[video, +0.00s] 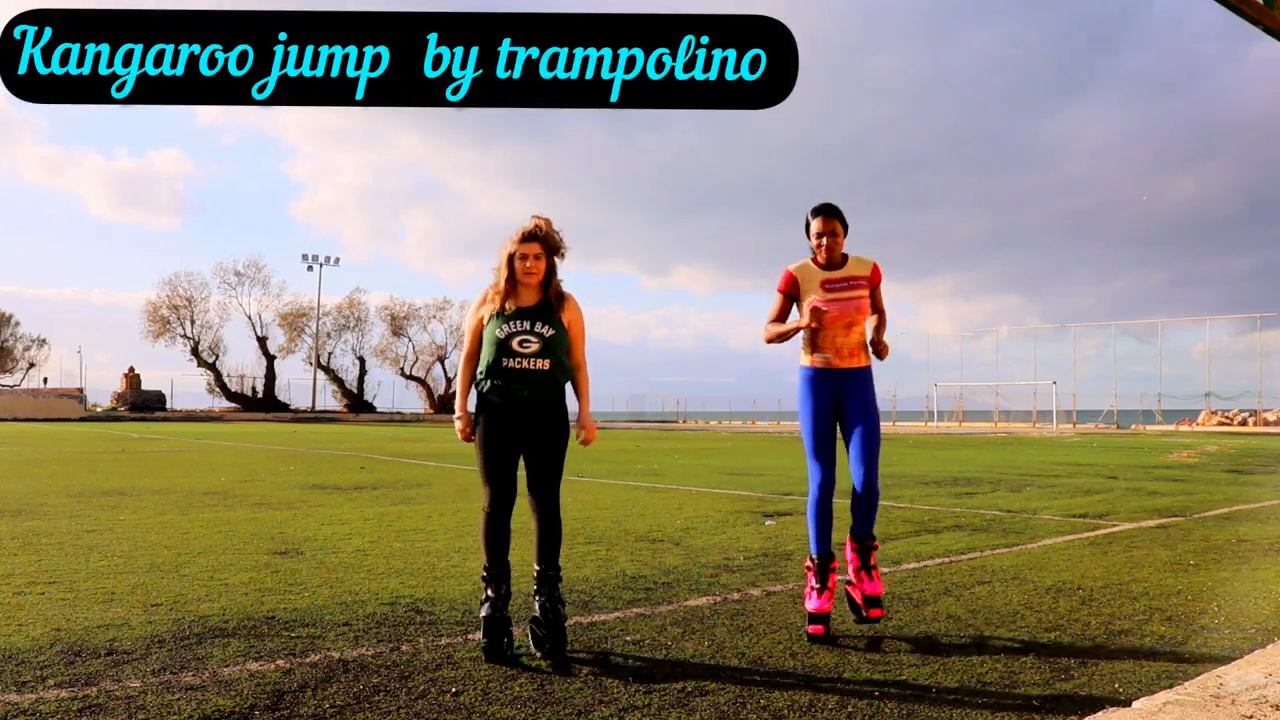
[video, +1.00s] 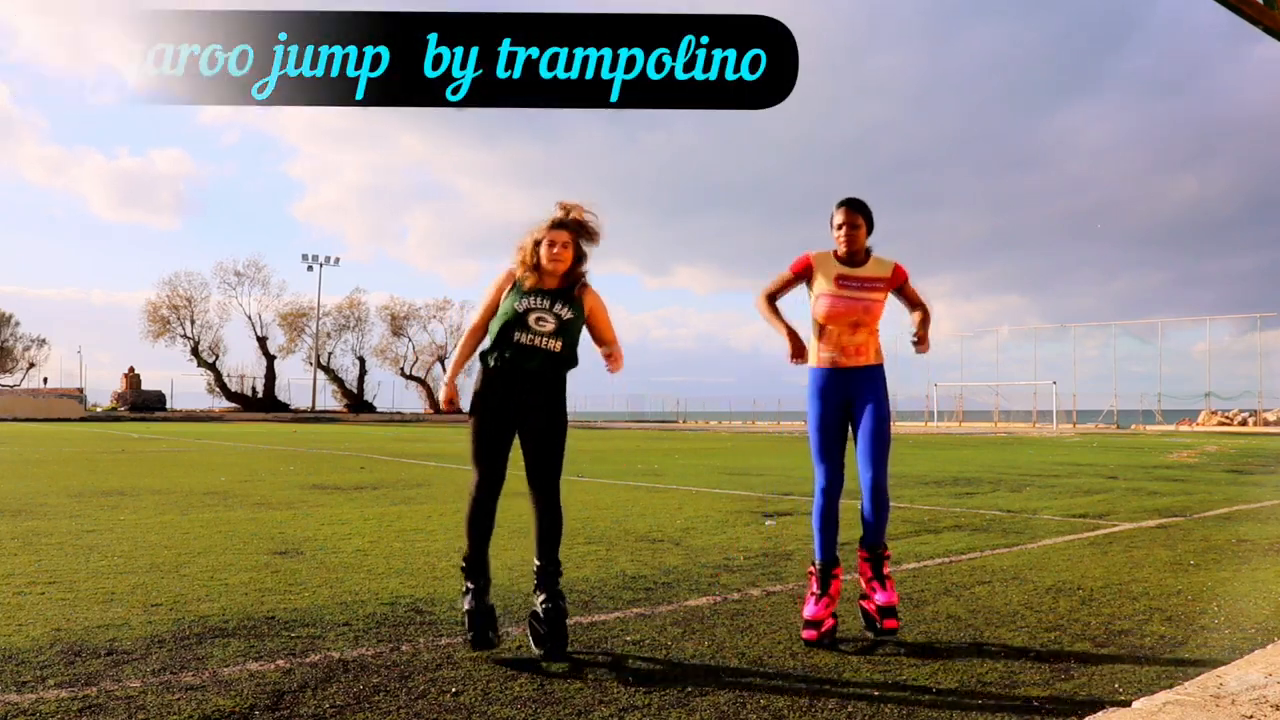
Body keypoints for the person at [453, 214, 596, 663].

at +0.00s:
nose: (531, 263)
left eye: (539, 257)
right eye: (524, 256)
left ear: (549, 262)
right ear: (511, 259)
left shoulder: (565, 306)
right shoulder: (489, 302)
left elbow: (577, 362)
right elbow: (468, 357)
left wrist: (585, 410)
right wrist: (461, 408)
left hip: (547, 415)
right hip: (496, 414)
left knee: (545, 503)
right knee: (497, 502)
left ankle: (548, 595)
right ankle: (494, 597)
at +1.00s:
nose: (555, 250)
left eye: (565, 246)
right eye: (549, 242)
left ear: (576, 254)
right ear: (537, 245)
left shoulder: (584, 297)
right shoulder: (511, 281)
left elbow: (609, 342)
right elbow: (477, 330)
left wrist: (612, 356)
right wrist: (451, 378)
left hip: (545, 402)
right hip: (495, 397)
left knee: (546, 493)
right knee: (487, 485)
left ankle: (548, 592)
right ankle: (475, 587)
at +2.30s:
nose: (469, 277)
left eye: (476, 270)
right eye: (461, 270)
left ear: (489, 272)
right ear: (450, 273)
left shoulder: (509, 308)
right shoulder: (436, 319)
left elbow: (547, 350)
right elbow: (426, 375)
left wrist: (578, 389)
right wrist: (431, 355)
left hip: (521, 410)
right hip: (473, 421)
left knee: (577, 477)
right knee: (478, 509)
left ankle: (630, 546)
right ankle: (486, 599)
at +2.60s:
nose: (452, 273)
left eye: (461, 267)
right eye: (447, 267)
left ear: (476, 275)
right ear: (439, 276)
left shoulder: (501, 313)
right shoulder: (428, 324)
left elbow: (537, 365)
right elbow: (420, 389)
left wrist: (567, 413)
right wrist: (426, 372)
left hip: (513, 416)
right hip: (464, 424)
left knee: (562, 494)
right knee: (467, 518)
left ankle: (613, 572)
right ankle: (470, 609)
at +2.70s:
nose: (453, 279)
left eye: (462, 273)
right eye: (449, 272)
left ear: (479, 279)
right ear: (442, 278)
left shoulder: (506, 320)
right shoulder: (432, 326)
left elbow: (537, 370)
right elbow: (414, 378)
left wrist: (530, 411)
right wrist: (424, 386)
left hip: (515, 421)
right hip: (466, 431)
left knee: (554, 505)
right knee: (468, 521)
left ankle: (586, 587)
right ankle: (470, 608)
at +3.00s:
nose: (504, 258)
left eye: (515, 254)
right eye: (503, 251)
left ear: (537, 261)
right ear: (500, 253)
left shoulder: (559, 301)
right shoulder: (487, 288)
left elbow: (590, 355)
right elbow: (454, 339)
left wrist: (579, 326)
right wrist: (428, 386)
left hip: (528, 404)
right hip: (478, 396)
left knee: (527, 502)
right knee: (441, 487)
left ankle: (523, 597)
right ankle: (399, 579)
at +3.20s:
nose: (533, 273)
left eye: (542, 267)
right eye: (531, 266)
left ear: (563, 273)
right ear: (527, 268)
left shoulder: (580, 323)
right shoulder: (510, 303)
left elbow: (588, 377)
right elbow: (474, 352)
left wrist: (579, 363)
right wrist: (448, 400)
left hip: (538, 423)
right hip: (488, 408)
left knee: (532, 513)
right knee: (430, 475)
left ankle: (522, 607)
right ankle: (365, 554)